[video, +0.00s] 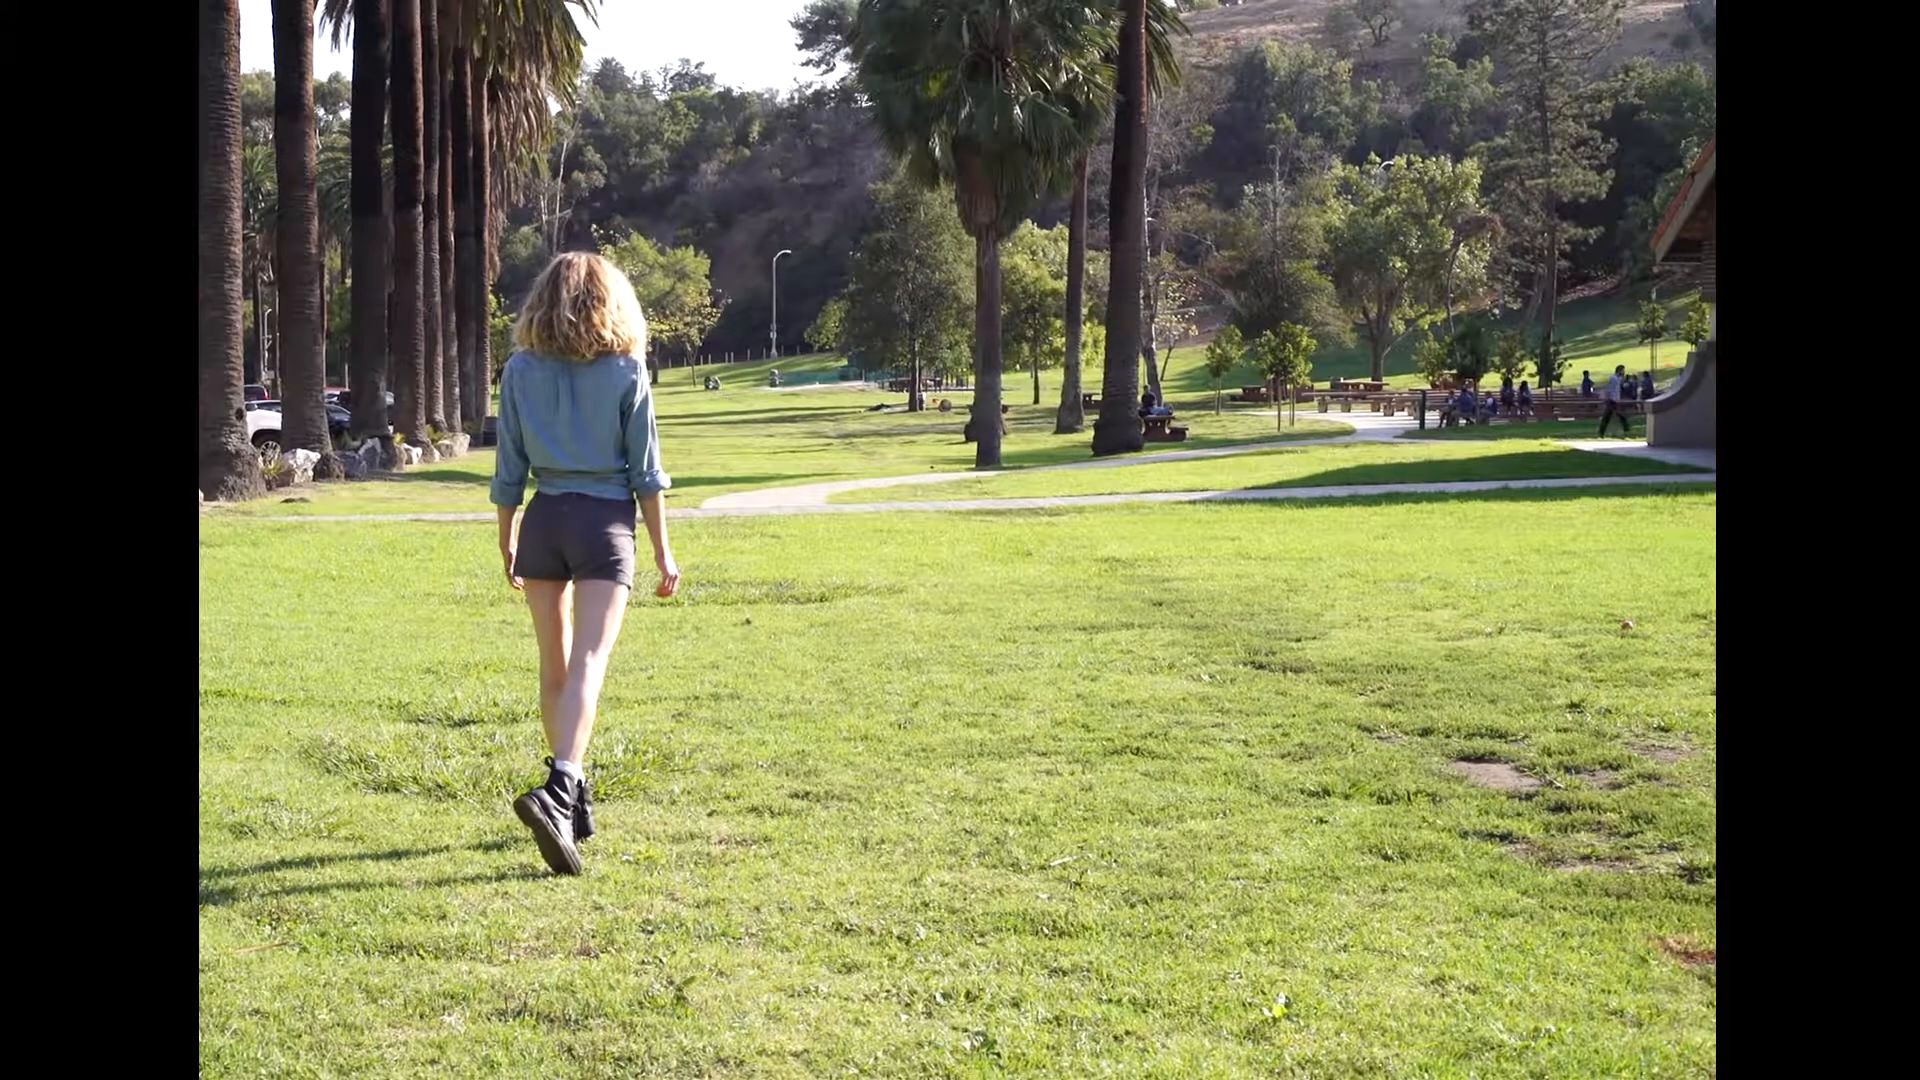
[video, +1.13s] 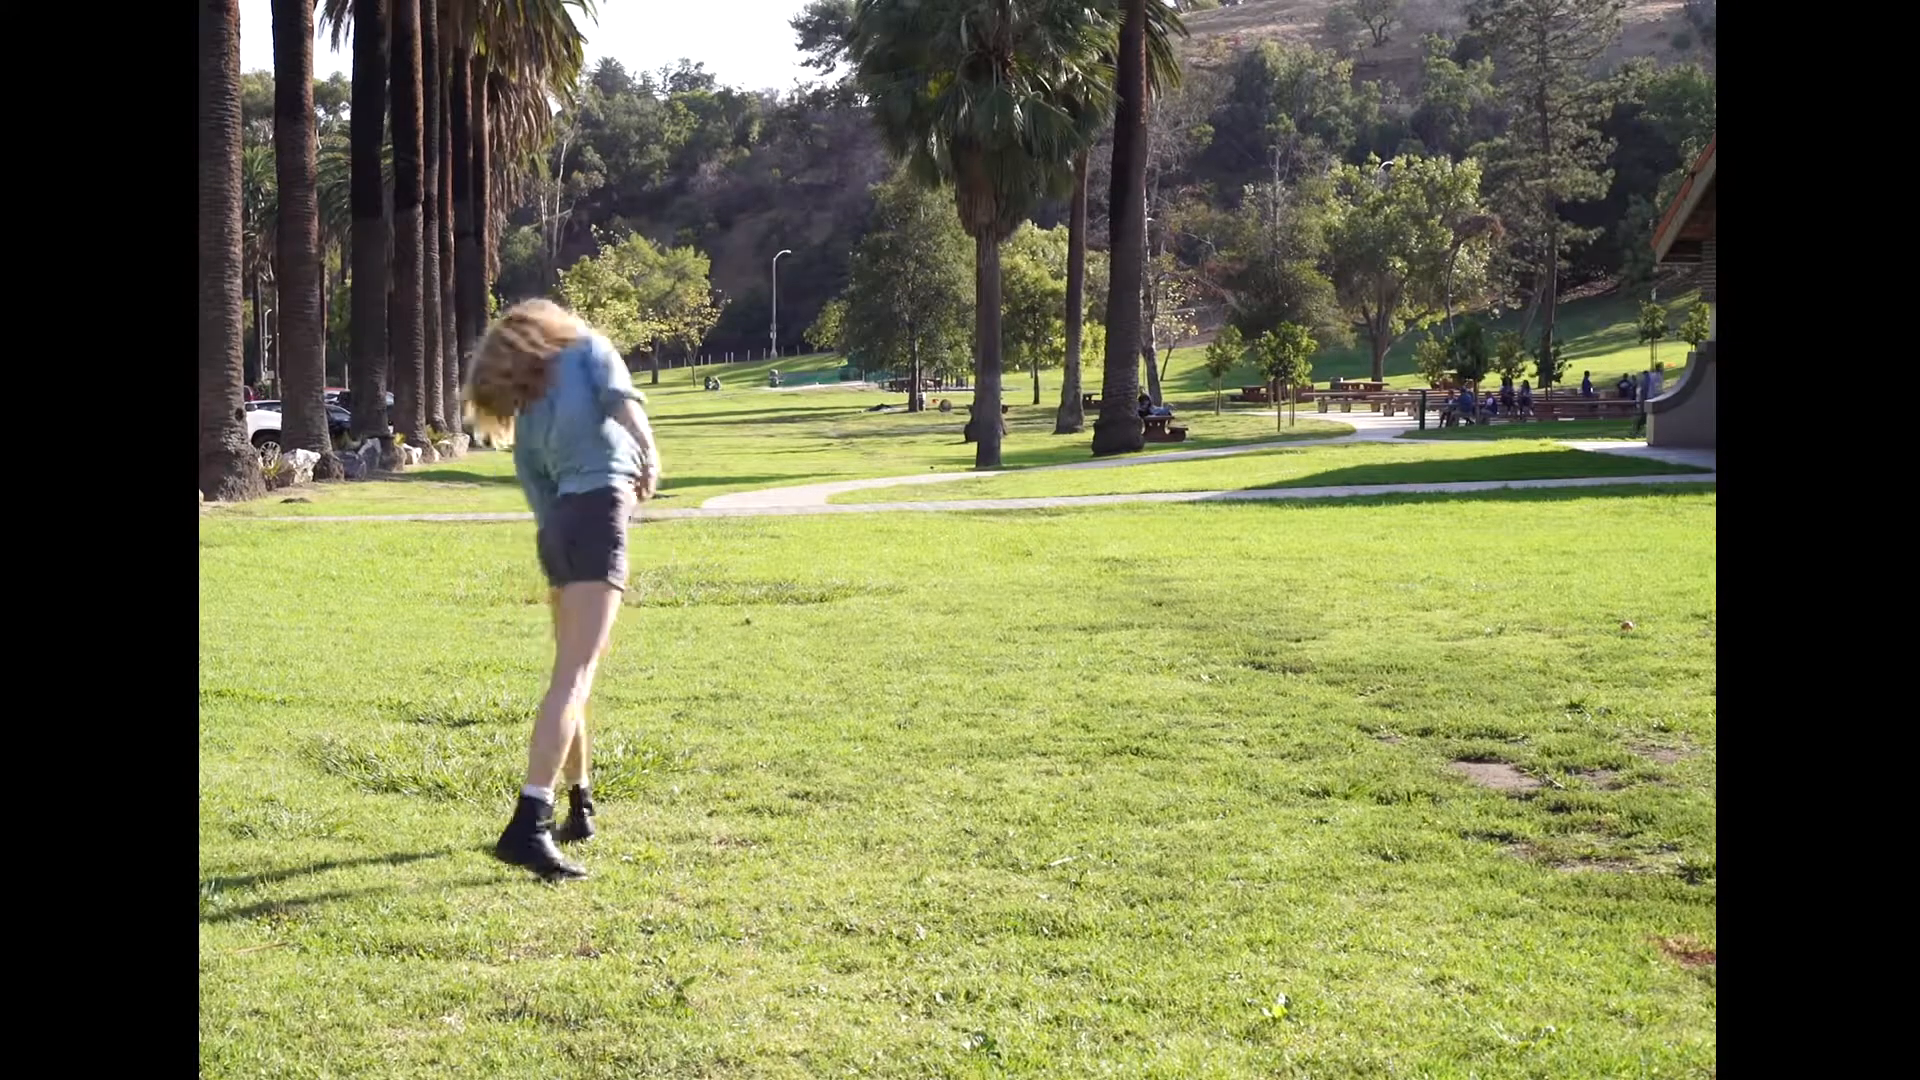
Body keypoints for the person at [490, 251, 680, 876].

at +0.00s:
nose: (624, 311)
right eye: (619, 300)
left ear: (544, 306)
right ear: (612, 306)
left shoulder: (520, 369)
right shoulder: (627, 371)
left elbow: (510, 465)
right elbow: (645, 470)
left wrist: (506, 540)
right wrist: (663, 549)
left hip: (542, 516)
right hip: (606, 518)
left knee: (553, 663)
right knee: (589, 660)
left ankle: (575, 794)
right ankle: (558, 790)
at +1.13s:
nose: (570, 325)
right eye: (564, 318)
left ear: (514, 357)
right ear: (555, 325)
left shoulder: (526, 413)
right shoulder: (587, 344)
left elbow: (541, 500)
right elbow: (617, 395)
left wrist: (557, 556)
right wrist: (651, 454)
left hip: (553, 521)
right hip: (597, 506)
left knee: (575, 668)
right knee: (573, 671)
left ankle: (579, 804)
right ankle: (529, 822)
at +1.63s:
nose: (593, 316)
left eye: (603, 308)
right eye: (583, 314)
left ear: (630, 324)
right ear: (574, 334)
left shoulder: (658, 392)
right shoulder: (554, 382)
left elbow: (670, 483)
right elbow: (513, 452)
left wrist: (684, 561)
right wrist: (480, 510)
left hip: (611, 547)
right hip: (547, 543)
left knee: (640, 701)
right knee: (569, 687)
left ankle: (608, 807)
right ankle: (532, 839)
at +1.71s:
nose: (612, 330)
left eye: (621, 322)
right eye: (600, 325)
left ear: (643, 339)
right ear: (584, 345)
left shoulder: (663, 408)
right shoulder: (560, 397)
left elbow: (670, 474)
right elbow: (516, 447)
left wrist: (676, 530)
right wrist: (487, 475)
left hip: (608, 554)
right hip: (542, 547)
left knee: (640, 702)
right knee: (567, 685)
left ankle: (608, 808)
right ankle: (534, 839)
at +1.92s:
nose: (635, 463)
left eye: (646, 448)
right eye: (621, 449)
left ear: (665, 456)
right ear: (600, 456)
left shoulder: (673, 500)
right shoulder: (561, 489)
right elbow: (500, 470)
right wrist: (456, 451)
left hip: (595, 569)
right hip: (531, 558)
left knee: (639, 704)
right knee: (565, 686)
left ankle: (606, 809)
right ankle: (534, 841)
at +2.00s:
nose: (641, 546)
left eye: (650, 534)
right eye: (629, 534)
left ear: (664, 528)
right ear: (603, 524)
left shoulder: (653, 548)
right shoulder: (553, 530)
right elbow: (499, 480)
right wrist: (456, 439)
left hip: (589, 582)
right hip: (524, 567)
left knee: (641, 708)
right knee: (553, 690)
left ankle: (602, 811)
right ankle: (530, 843)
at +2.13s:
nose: (632, 613)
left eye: (641, 606)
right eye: (627, 605)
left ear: (662, 577)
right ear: (606, 581)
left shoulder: (669, 545)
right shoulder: (546, 540)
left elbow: (681, 485)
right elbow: (507, 484)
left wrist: (683, 437)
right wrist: (471, 430)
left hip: (593, 577)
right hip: (523, 561)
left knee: (630, 704)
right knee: (546, 692)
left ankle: (600, 812)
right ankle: (529, 841)